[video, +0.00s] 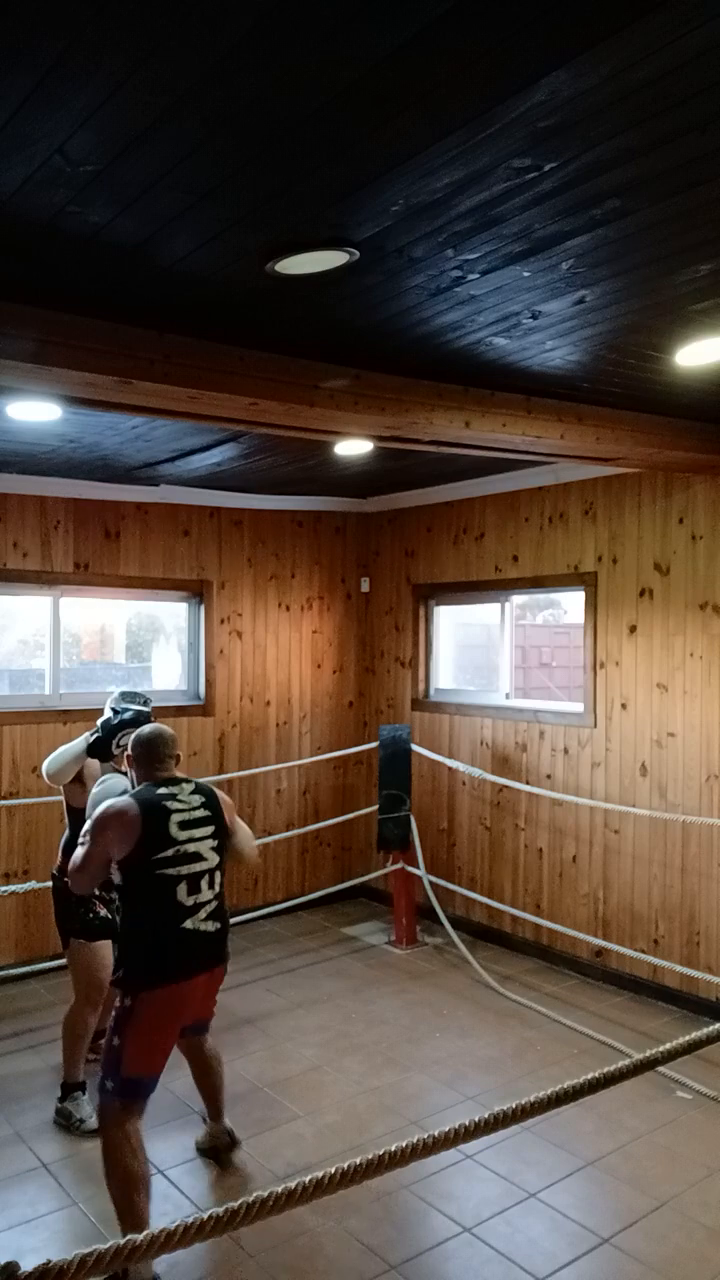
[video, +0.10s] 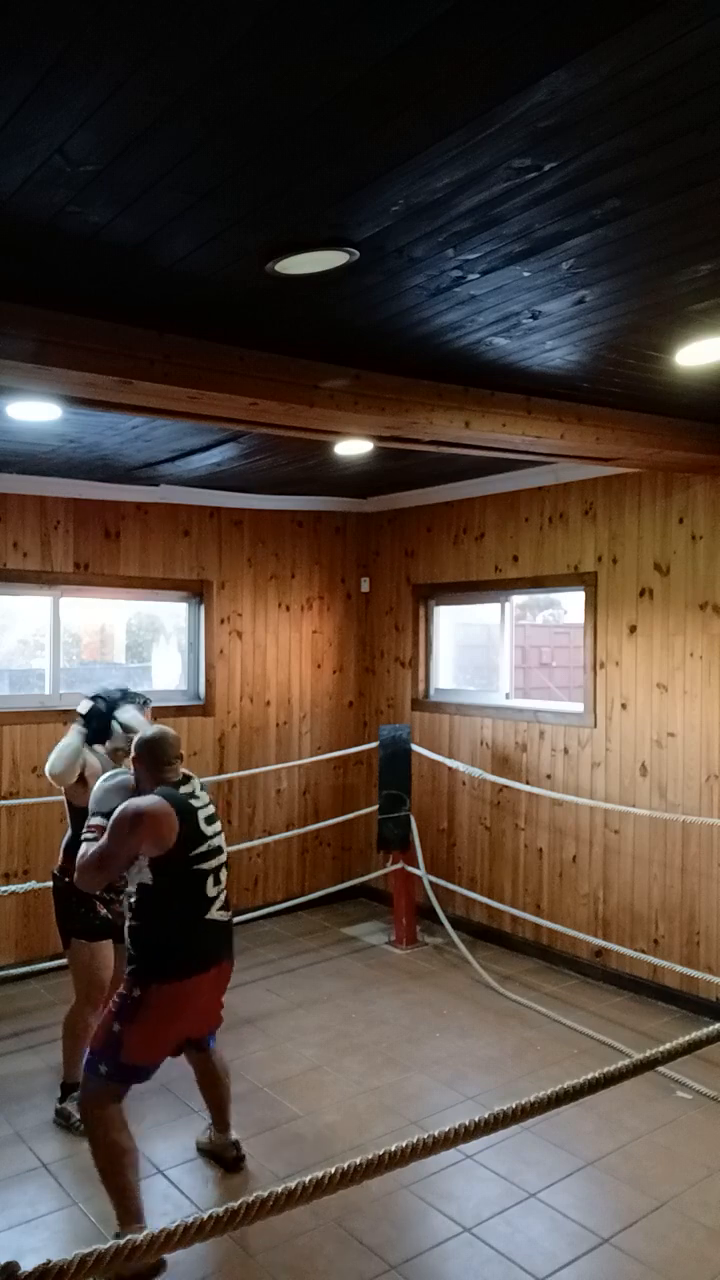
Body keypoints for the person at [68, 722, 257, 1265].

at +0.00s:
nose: (122, 765)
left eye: (124, 759)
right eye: (127, 756)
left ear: (129, 762)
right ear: (177, 760)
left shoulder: (121, 812)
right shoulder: (212, 797)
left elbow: (80, 880)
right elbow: (246, 850)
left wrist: (83, 835)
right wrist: (206, 823)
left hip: (155, 979)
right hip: (211, 965)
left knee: (120, 1117)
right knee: (196, 1037)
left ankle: (137, 1254)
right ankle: (220, 1127)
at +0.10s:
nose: (128, 768)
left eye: (129, 762)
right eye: (133, 760)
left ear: (135, 765)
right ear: (179, 761)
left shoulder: (141, 811)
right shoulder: (197, 792)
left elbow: (87, 875)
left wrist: (97, 828)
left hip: (164, 975)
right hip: (215, 961)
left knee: (98, 1097)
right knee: (200, 1043)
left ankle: (135, 1240)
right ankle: (224, 1138)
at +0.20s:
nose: (130, 767)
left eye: (130, 758)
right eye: (135, 758)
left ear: (136, 760)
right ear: (178, 757)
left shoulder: (133, 807)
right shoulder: (198, 791)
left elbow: (75, 864)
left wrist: (85, 810)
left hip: (171, 964)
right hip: (214, 946)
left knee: (127, 1106)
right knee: (187, 1022)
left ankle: (178, 1242)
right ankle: (213, 1117)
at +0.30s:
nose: (120, 764)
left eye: (120, 758)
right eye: (127, 755)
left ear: (125, 761)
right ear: (170, 760)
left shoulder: (125, 813)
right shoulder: (201, 799)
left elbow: (69, 870)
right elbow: (232, 860)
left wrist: (76, 817)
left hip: (164, 963)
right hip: (208, 947)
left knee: (148, 1113)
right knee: (166, 1017)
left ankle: (182, 1248)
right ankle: (188, 1102)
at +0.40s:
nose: (126, 765)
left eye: (126, 757)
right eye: (132, 757)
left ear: (133, 758)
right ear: (174, 756)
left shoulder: (140, 807)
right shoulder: (193, 793)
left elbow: (78, 869)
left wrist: (96, 813)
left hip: (163, 964)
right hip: (199, 947)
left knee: (127, 1098)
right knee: (180, 1033)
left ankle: (175, 1235)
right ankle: (199, 1121)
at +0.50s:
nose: (129, 768)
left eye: (128, 760)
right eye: (134, 760)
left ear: (134, 761)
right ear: (173, 756)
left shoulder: (149, 798)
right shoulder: (190, 790)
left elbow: (87, 861)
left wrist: (101, 810)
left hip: (167, 955)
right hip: (203, 943)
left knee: (116, 1088)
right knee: (181, 1031)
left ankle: (122, 1239)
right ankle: (202, 1121)